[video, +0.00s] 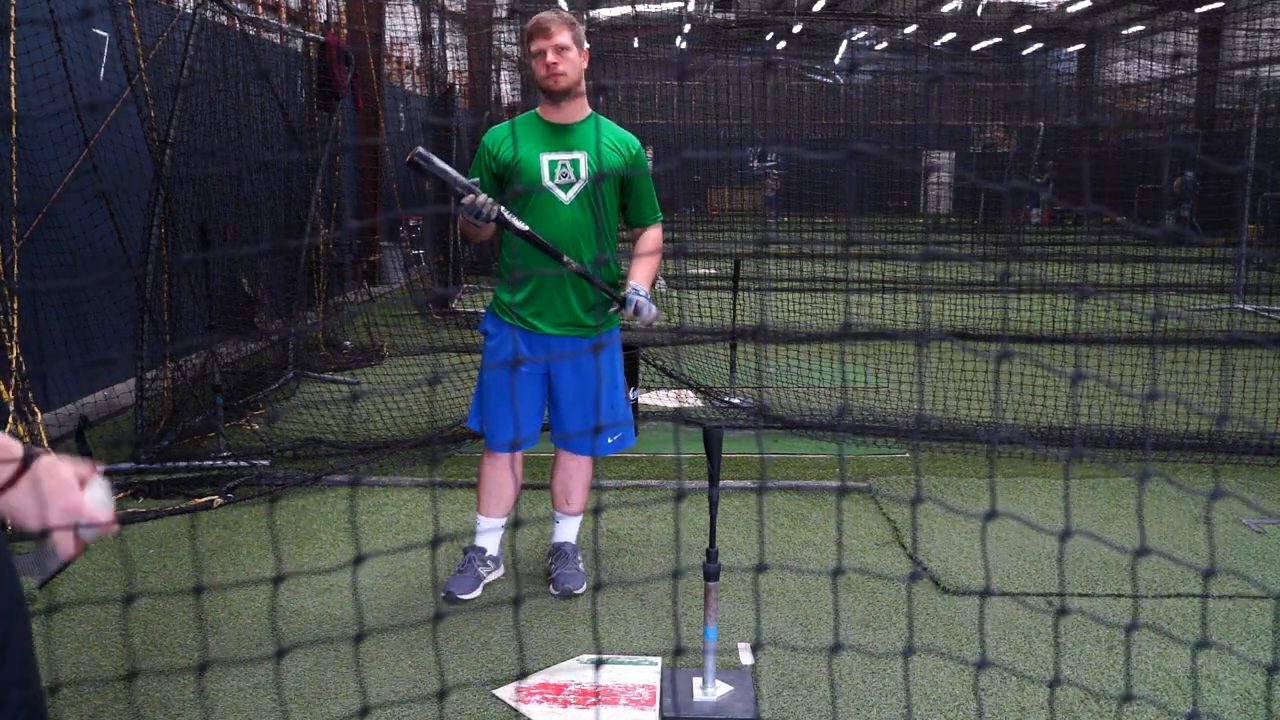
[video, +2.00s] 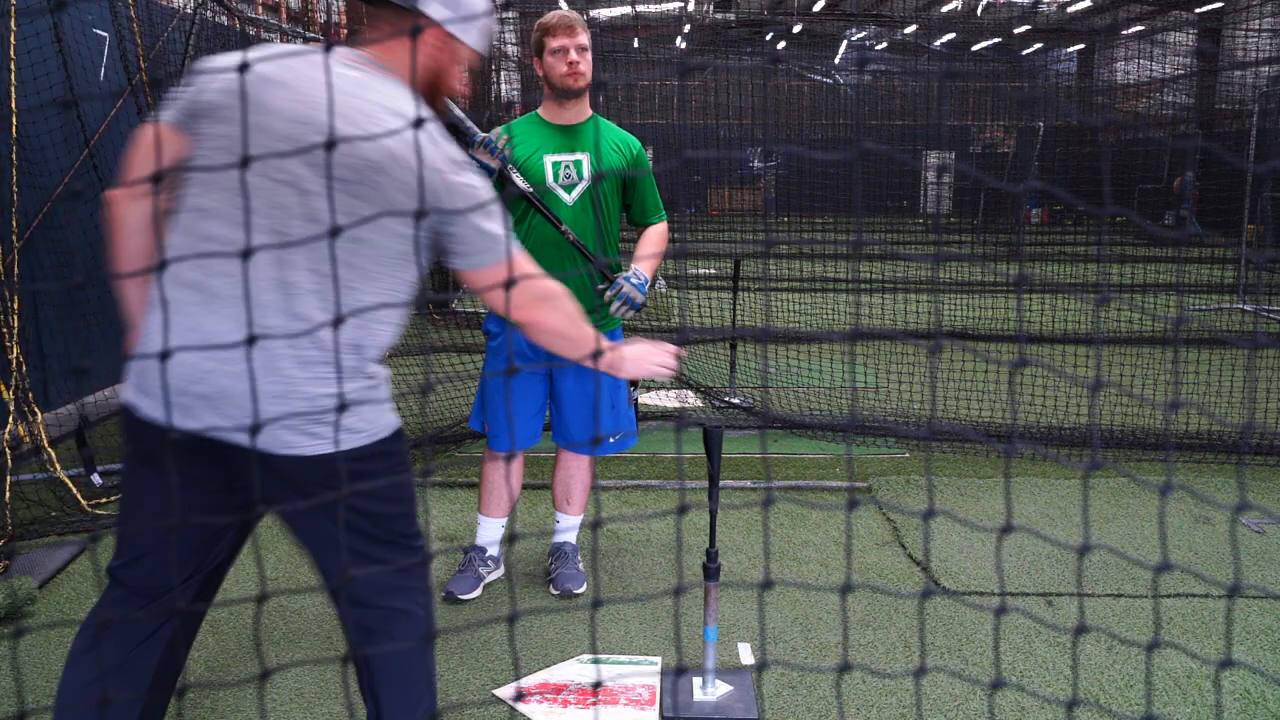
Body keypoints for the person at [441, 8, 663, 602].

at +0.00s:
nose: (551, 60)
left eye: (562, 49)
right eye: (540, 53)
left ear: (585, 57)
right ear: (529, 66)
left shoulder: (622, 148)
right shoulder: (500, 143)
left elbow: (648, 229)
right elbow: (477, 233)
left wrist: (638, 285)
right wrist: (477, 214)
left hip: (589, 322)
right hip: (515, 319)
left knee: (578, 437)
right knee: (501, 437)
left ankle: (566, 546)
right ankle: (486, 551)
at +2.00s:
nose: (574, 59)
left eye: (581, 49)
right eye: (560, 51)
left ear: (593, 58)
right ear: (538, 63)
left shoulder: (623, 148)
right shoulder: (504, 142)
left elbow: (654, 224)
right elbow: (464, 224)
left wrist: (640, 275)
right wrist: (476, 175)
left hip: (592, 324)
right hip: (516, 322)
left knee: (578, 441)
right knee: (503, 441)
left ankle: (566, 546)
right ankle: (486, 550)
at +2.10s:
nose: (575, 59)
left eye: (582, 50)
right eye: (562, 52)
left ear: (594, 59)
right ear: (538, 64)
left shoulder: (623, 148)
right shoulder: (503, 144)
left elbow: (654, 224)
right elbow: (467, 222)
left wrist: (637, 277)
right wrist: (474, 169)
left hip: (592, 322)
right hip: (516, 321)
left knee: (578, 440)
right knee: (502, 441)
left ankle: (566, 546)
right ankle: (486, 550)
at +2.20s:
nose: (577, 60)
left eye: (583, 51)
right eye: (564, 52)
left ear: (594, 59)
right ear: (537, 64)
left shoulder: (623, 148)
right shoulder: (506, 135)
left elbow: (654, 225)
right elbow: (473, 211)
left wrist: (630, 282)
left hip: (590, 324)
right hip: (515, 321)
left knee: (577, 441)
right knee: (501, 444)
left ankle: (566, 546)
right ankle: (486, 550)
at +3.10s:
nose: (516, 88)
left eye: (524, 75)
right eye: (502, 78)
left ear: (537, 71)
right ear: (478, 77)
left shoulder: (568, 147)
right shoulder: (446, 149)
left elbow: (607, 223)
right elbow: (415, 224)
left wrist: (584, 278)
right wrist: (424, 231)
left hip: (547, 324)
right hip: (469, 325)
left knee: (557, 440)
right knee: (455, 443)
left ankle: (564, 545)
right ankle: (434, 549)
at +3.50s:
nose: (435, 114)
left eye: (441, 101)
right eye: (421, 108)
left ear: (457, 77)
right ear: (403, 99)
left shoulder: (512, 134)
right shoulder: (391, 159)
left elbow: (561, 201)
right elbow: (388, 233)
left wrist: (552, 276)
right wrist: (381, 268)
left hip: (515, 319)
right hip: (436, 325)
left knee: (547, 434)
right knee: (436, 443)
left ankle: (577, 540)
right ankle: (430, 548)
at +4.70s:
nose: (461, 166)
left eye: (469, 154)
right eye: (449, 157)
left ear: (489, 122)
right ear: (430, 136)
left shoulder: (537, 172)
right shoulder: (411, 163)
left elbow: (568, 267)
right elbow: (395, 235)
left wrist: (557, 344)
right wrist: (374, 291)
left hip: (528, 332)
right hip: (447, 330)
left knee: (563, 438)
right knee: (430, 439)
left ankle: (605, 539)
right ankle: (417, 543)